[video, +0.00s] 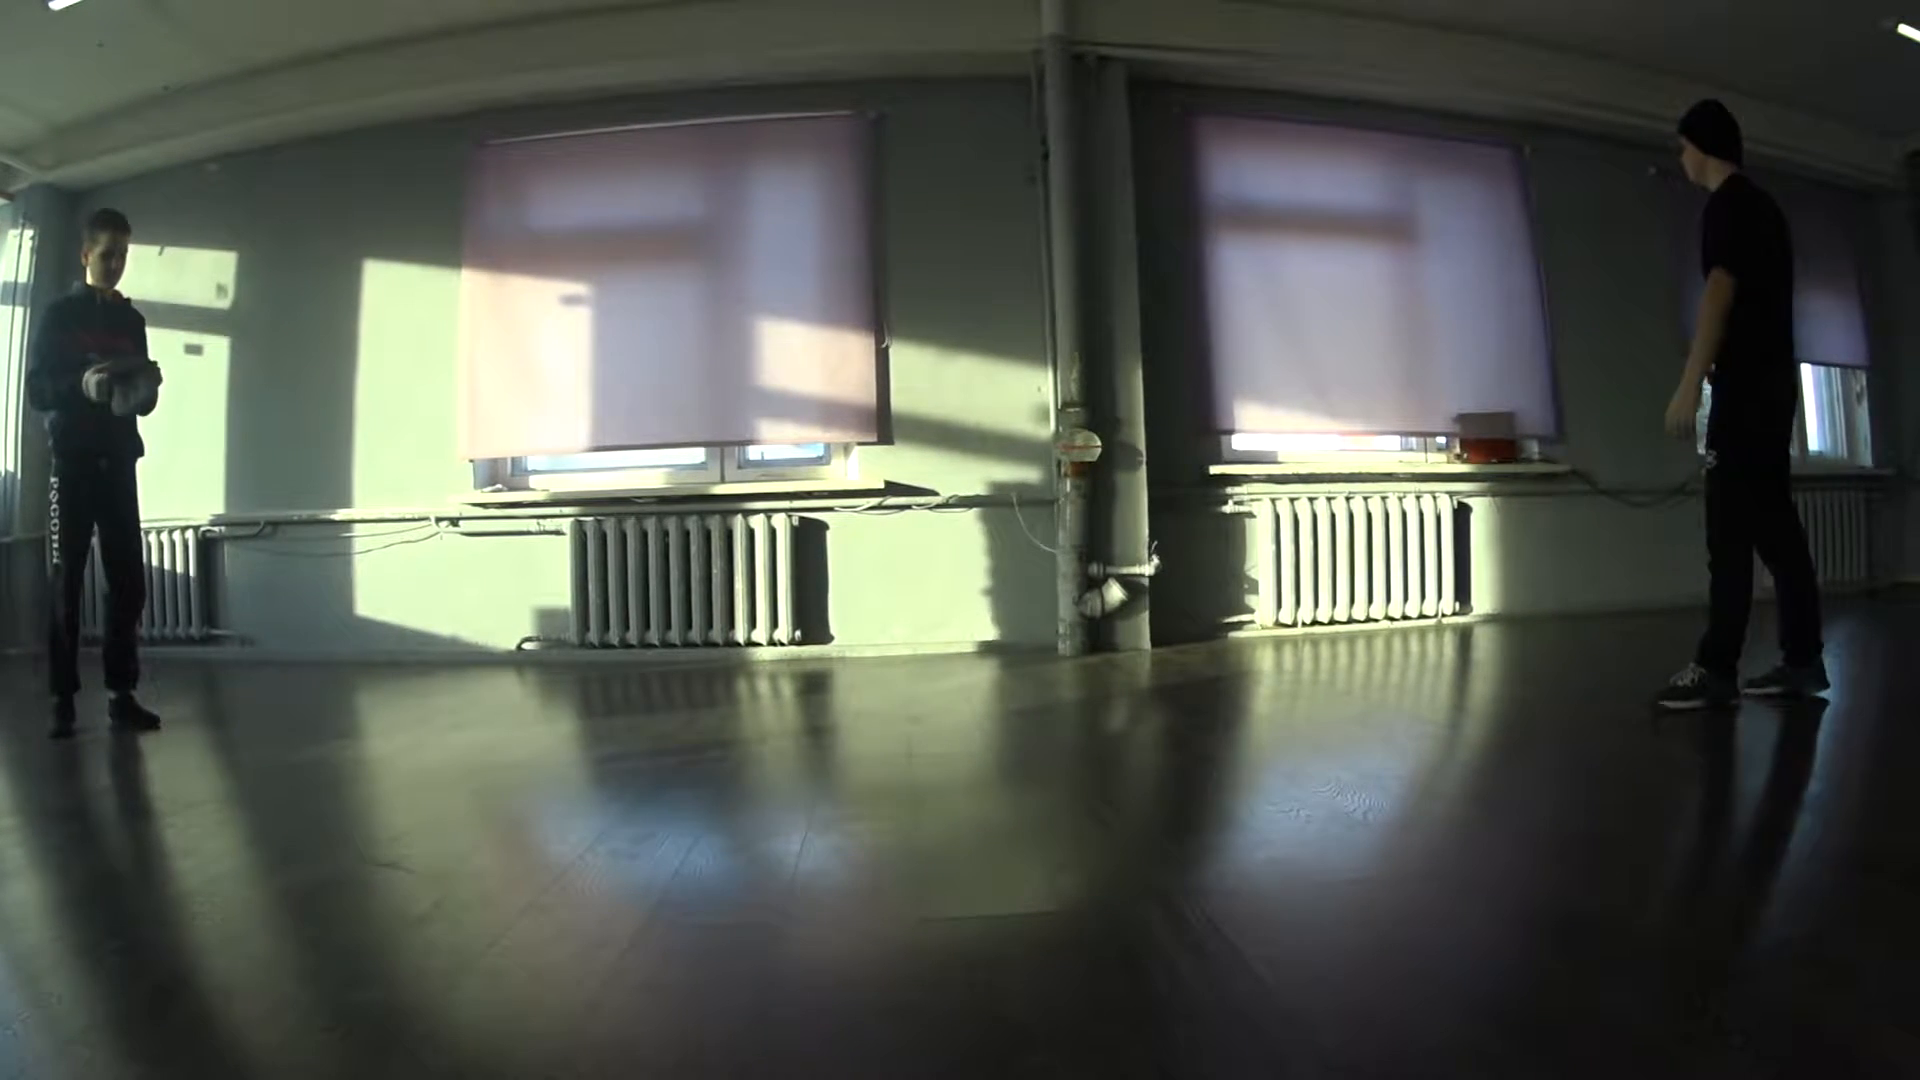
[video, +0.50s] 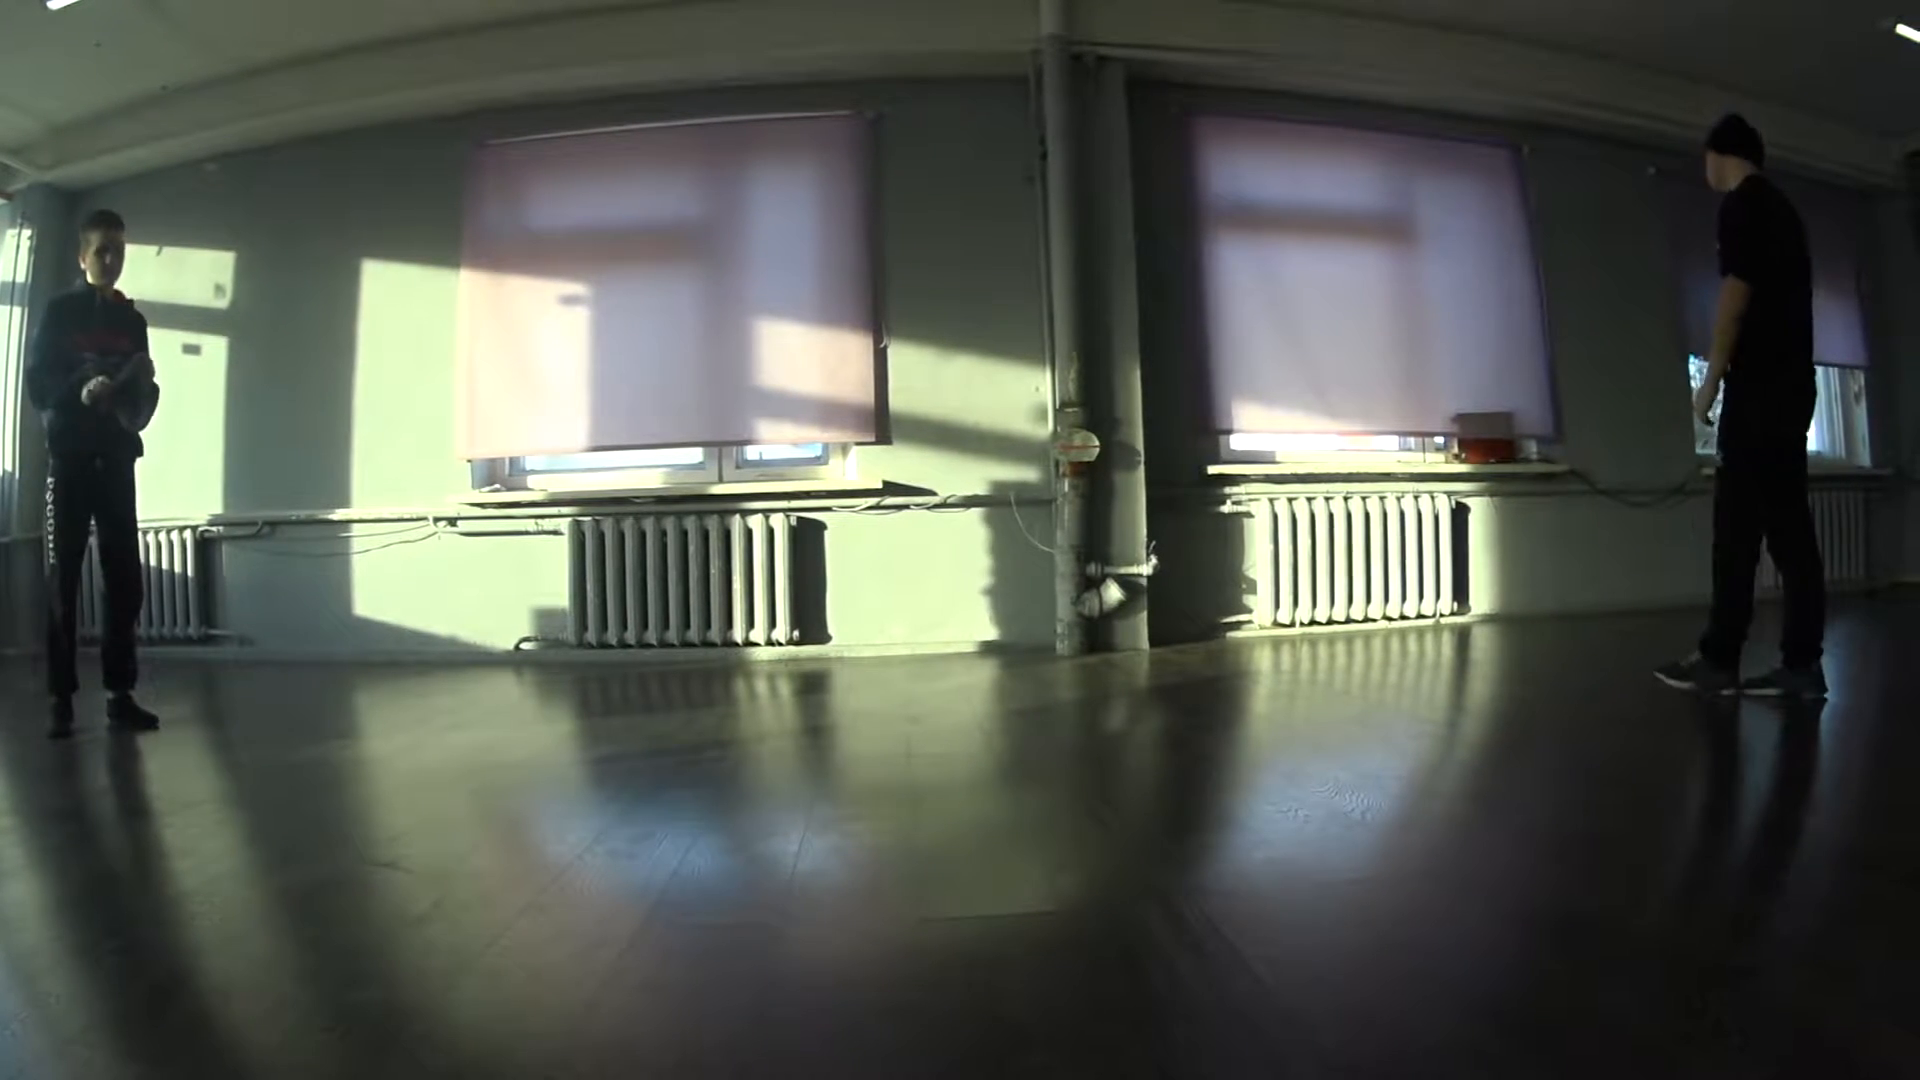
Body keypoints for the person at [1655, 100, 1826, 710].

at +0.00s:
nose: (1681, 160)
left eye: (1683, 149)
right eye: (1682, 149)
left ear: (1698, 150)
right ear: (1730, 147)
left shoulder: (1728, 204)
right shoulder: (1760, 205)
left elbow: (1721, 294)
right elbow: (1764, 312)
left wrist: (1688, 386)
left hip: (1743, 390)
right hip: (1771, 387)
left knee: (1728, 528)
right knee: (1775, 524)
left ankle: (1716, 669)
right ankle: (1804, 664)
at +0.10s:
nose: (1687, 161)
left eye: (1689, 149)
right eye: (1687, 150)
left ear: (1705, 150)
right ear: (1738, 147)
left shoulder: (1734, 205)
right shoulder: (1768, 206)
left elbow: (1721, 295)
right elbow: (1765, 307)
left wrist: (1678, 378)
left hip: (1747, 390)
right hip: (1777, 388)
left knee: (1723, 527)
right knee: (1784, 528)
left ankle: (1715, 665)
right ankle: (1804, 664)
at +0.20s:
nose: (1694, 158)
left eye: (1697, 146)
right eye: (1695, 146)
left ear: (1716, 148)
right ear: (1743, 147)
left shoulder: (1736, 206)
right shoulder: (1774, 207)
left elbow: (1724, 294)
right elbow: (1770, 307)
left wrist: (1680, 373)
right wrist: (1716, 351)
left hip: (1752, 389)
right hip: (1784, 387)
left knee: (1719, 523)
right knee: (1789, 525)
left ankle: (1713, 663)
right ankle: (1804, 664)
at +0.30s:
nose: (1699, 159)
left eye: (1702, 148)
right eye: (1700, 148)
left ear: (1722, 149)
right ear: (1748, 149)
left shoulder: (1739, 205)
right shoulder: (1777, 206)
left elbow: (1730, 294)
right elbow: (1774, 304)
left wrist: (1697, 364)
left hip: (1755, 388)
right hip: (1789, 386)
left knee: (1720, 520)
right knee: (1790, 523)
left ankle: (1714, 661)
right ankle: (1803, 664)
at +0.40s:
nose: (1702, 166)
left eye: (1705, 155)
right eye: (1703, 155)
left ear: (1724, 154)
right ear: (1751, 154)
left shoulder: (1742, 206)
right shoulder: (1780, 207)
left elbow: (1734, 295)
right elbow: (1780, 306)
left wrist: (1705, 371)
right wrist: (1734, 367)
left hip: (1756, 386)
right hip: (1791, 386)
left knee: (1728, 523)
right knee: (1791, 526)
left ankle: (1718, 658)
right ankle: (1803, 665)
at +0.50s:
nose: (1707, 172)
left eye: (1709, 161)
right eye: (1708, 161)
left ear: (1725, 158)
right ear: (1755, 157)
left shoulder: (1742, 206)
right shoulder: (1779, 207)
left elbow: (1736, 295)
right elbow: (1782, 307)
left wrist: (1711, 379)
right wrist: (1737, 373)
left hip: (1757, 387)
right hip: (1791, 387)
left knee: (1736, 525)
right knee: (1790, 525)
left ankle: (1718, 659)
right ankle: (1803, 665)